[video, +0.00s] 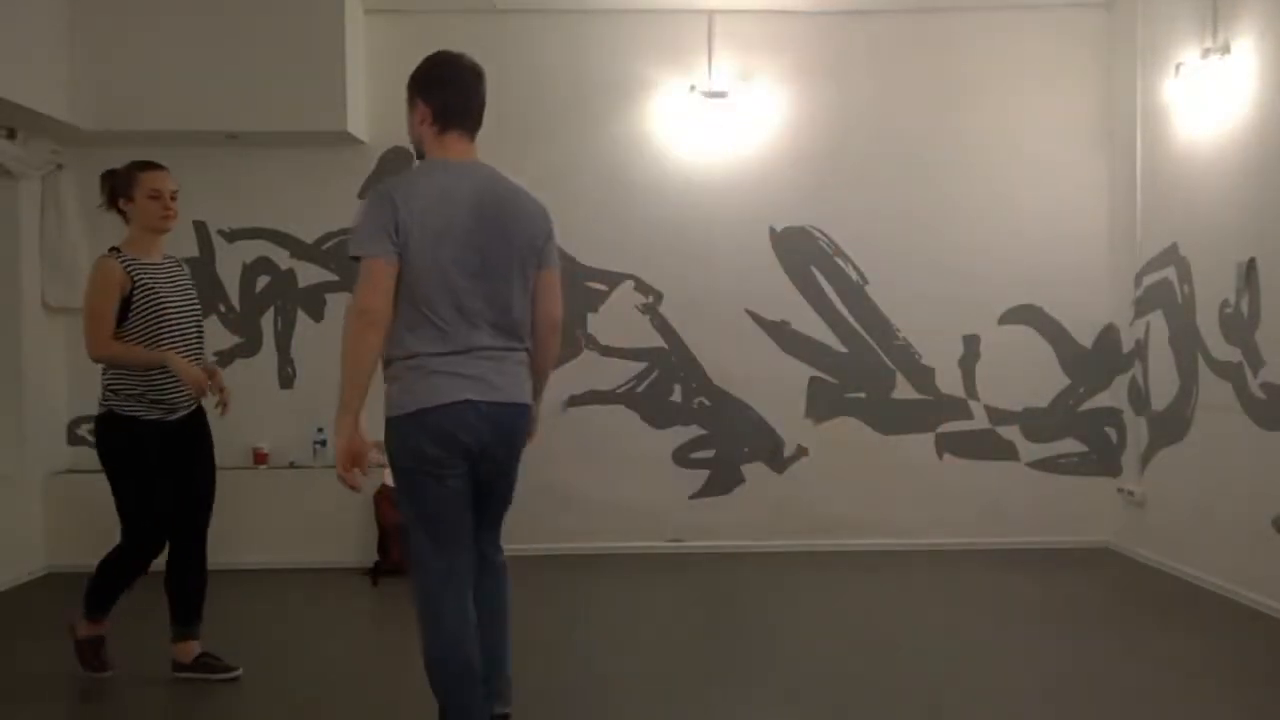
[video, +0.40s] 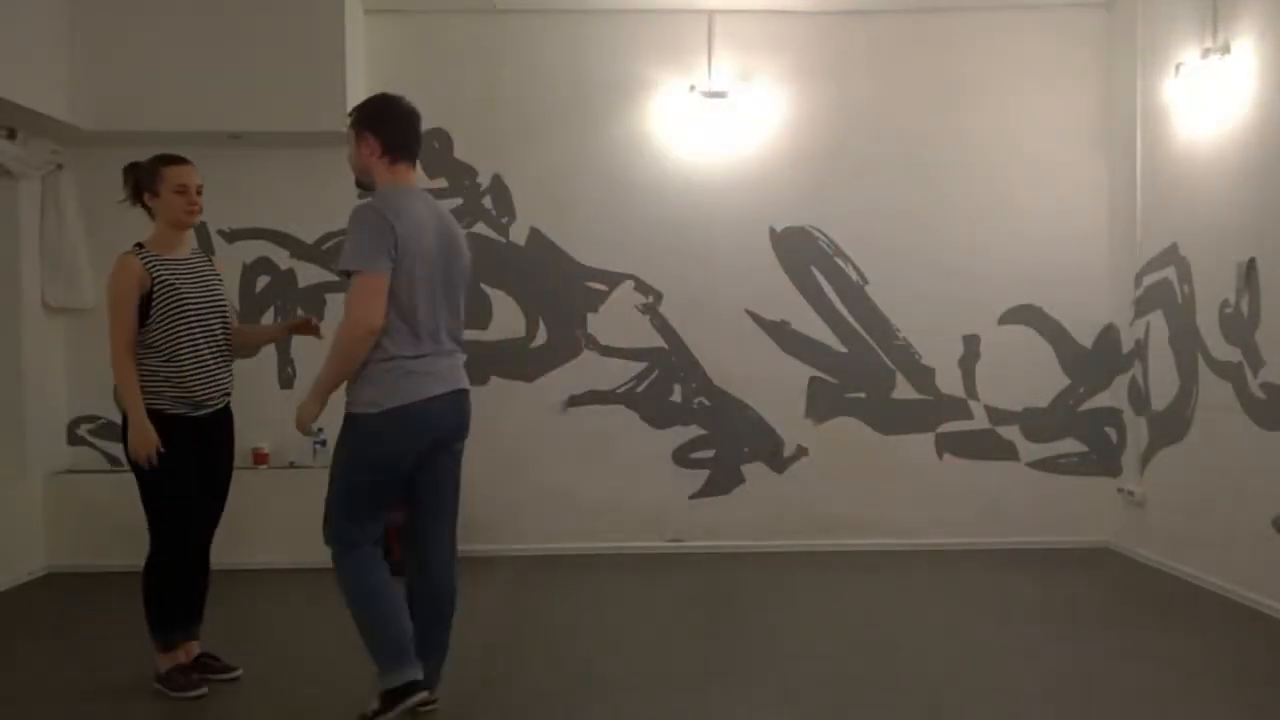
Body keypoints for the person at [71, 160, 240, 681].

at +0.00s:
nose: (169, 205)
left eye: (173, 196)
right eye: (156, 197)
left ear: (178, 203)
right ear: (126, 205)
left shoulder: (176, 267)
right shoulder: (113, 266)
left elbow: (173, 341)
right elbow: (99, 346)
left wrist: (207, 371)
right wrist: (170, 359)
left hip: (185, 422)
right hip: (131, 425)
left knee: (191, 536)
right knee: (146, 536)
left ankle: (187, 649)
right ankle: (90, 623)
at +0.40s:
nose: (195, 200)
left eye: (198, 191)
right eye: (182, 191)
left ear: (201, 198)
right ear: (151, 199)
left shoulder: (206, 266)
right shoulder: (135, 265)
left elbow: (231, 341)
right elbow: (122, 352)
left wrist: (284, 330)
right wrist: (138, 422)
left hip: (213, 420)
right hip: (163, 423)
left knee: (199, 537)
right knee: (171, 540)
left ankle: (189, 650)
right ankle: (168, 660)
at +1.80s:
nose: (214, 208)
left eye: (215, 198)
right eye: (204, 198)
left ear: (206, 203)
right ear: (168, 200)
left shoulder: (195, 263)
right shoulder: (150, 260)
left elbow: (204, 327)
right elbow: (121, 337)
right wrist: (190, 383)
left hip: (189, 418)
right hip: (144, 419)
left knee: (198, 533)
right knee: (175, 533)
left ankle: (187, 649)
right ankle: (138, 641)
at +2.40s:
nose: (251, 212)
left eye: (253, 203)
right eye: (243, 202)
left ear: (223, 207)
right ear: (208, 201)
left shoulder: (220, 265)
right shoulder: (182, 263)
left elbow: (224, 330)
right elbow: (156, 347)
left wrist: (254, 279)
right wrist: (142, 431)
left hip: (214, 423)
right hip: (184, 423)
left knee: (204, 534)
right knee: (240, 526)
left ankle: (179, 649)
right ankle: (184, 640)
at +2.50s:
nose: (266, 210)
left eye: (267, 201)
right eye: (257, 200)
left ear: (234, 204)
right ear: (222, 199)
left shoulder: (235, 263)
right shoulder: (195, 262)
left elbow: (237, 316)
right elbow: (153, 338)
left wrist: (271, 270)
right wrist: (127, 415)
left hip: (222, 421)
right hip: (194, 422)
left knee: (196, 540)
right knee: (258, 528)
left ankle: (174, 654)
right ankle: (245, 658)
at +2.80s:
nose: (303, 208)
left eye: (305, 199)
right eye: (296, 197)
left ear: (270, 200)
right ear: (261, 197)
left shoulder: (280, 259)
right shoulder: (227, 265)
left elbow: (288, 306)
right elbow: (194, 349)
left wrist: (317, 264)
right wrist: (174, 426)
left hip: (282, 419)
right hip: (244, 422)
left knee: (281, 539)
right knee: (282, 540)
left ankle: (197, 630)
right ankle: (281, 667)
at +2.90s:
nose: (312, 211)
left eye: (314, 202)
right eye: (304, 201)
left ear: (281, 205)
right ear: (269, 201)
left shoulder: (291, 264)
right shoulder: (244, 273)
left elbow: (302, 310)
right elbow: (224, 364)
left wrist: (329, 268)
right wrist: (224, 442)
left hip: (301, 426)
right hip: (262, 429)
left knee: (328, 537)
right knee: (293, 544)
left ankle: (235, 615)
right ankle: (282, 667)